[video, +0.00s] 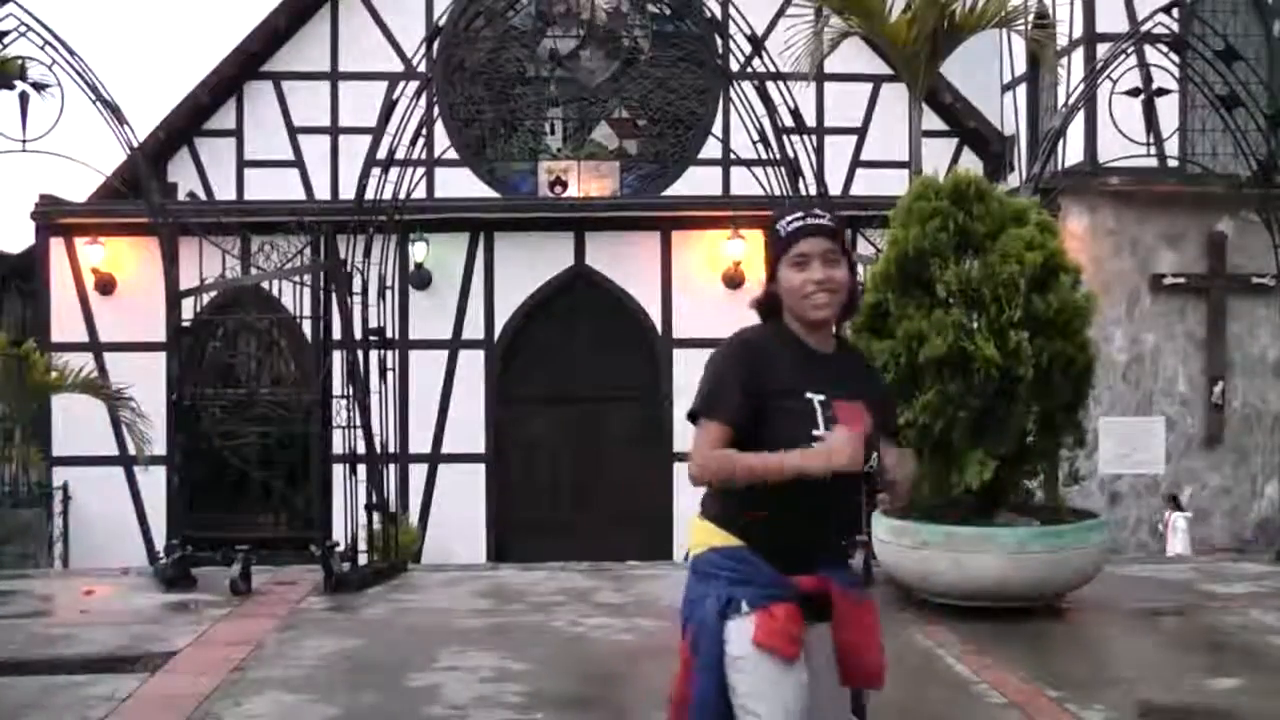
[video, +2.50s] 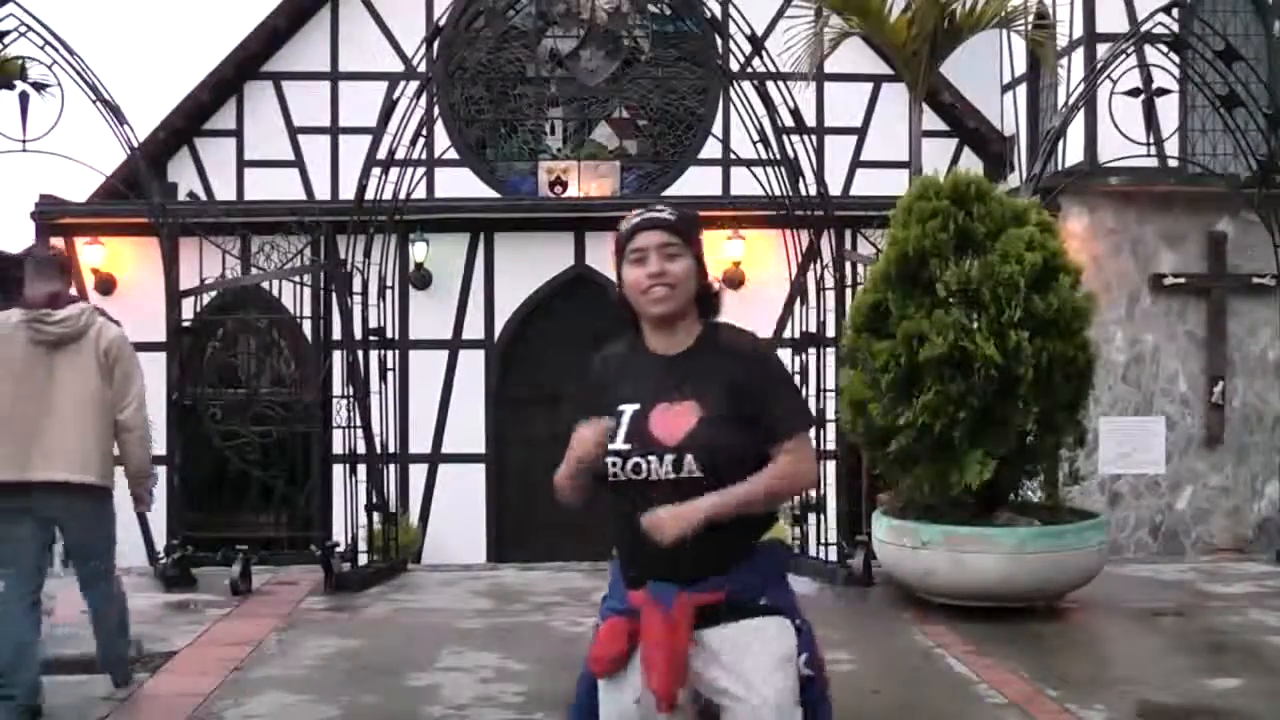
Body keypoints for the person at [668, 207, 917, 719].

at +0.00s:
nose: (819, 277)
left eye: (831, 262)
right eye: (800, 264)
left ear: (851, 275)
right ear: (775, 281)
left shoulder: (857, 367)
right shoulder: (746, 354)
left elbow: (885, 452)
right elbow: (703, 463)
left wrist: (895, 472)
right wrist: (814, 459)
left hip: (828, 572)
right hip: (745, 571)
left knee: (836, 710)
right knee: (772, 708)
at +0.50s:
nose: (749, 298)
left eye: (760, 278)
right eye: (727, 285)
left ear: (778, 283)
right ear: (698, 301)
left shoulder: (789, 359)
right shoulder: (680, 389)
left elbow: (827, 438)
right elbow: (665, 534)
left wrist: (858, 465)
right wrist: (782, 516)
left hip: (773, 608)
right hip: (701, 620)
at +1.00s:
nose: (724, 332)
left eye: (736, 310)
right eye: (701, 316)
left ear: (758, 308)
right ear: (671, 324)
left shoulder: (775, 370)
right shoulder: (645, 413)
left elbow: (825, 440)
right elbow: (641, 563)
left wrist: (845, 494)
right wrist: (753, 532)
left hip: (748, 611)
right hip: (662, 622)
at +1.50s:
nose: (796, 281)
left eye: (810, 265)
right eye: (776, 269)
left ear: (832, 279)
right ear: (752, 287)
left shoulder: (857, 386)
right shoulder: (714, 363)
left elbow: (898, 492)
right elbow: (660, 468)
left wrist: (868, 528)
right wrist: (759, 449)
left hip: (809, 595)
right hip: (711, 594)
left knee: (837, 705)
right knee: (706, 708)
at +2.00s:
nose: (783, 272)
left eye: (799, 258)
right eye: (767, 261)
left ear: (825, 276)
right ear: (748, 283)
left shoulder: (859, 377)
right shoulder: (716, 356)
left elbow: (899, 490)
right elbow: (650, 459)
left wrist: (819, 518)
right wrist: (712, 432)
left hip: (817, 601)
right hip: (709, 596)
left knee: (822, 709)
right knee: (685, 709)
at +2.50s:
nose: (655, 269)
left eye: (671, 254)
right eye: (638, 258)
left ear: (698, 267)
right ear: (621, 278)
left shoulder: (748, 358)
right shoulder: (609, 367)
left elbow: (801, 468)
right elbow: (570, 496)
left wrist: (700, 510)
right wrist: (578, 462)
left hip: (742, 599)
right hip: (637, 601)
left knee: (776, 709)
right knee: (604, 708)